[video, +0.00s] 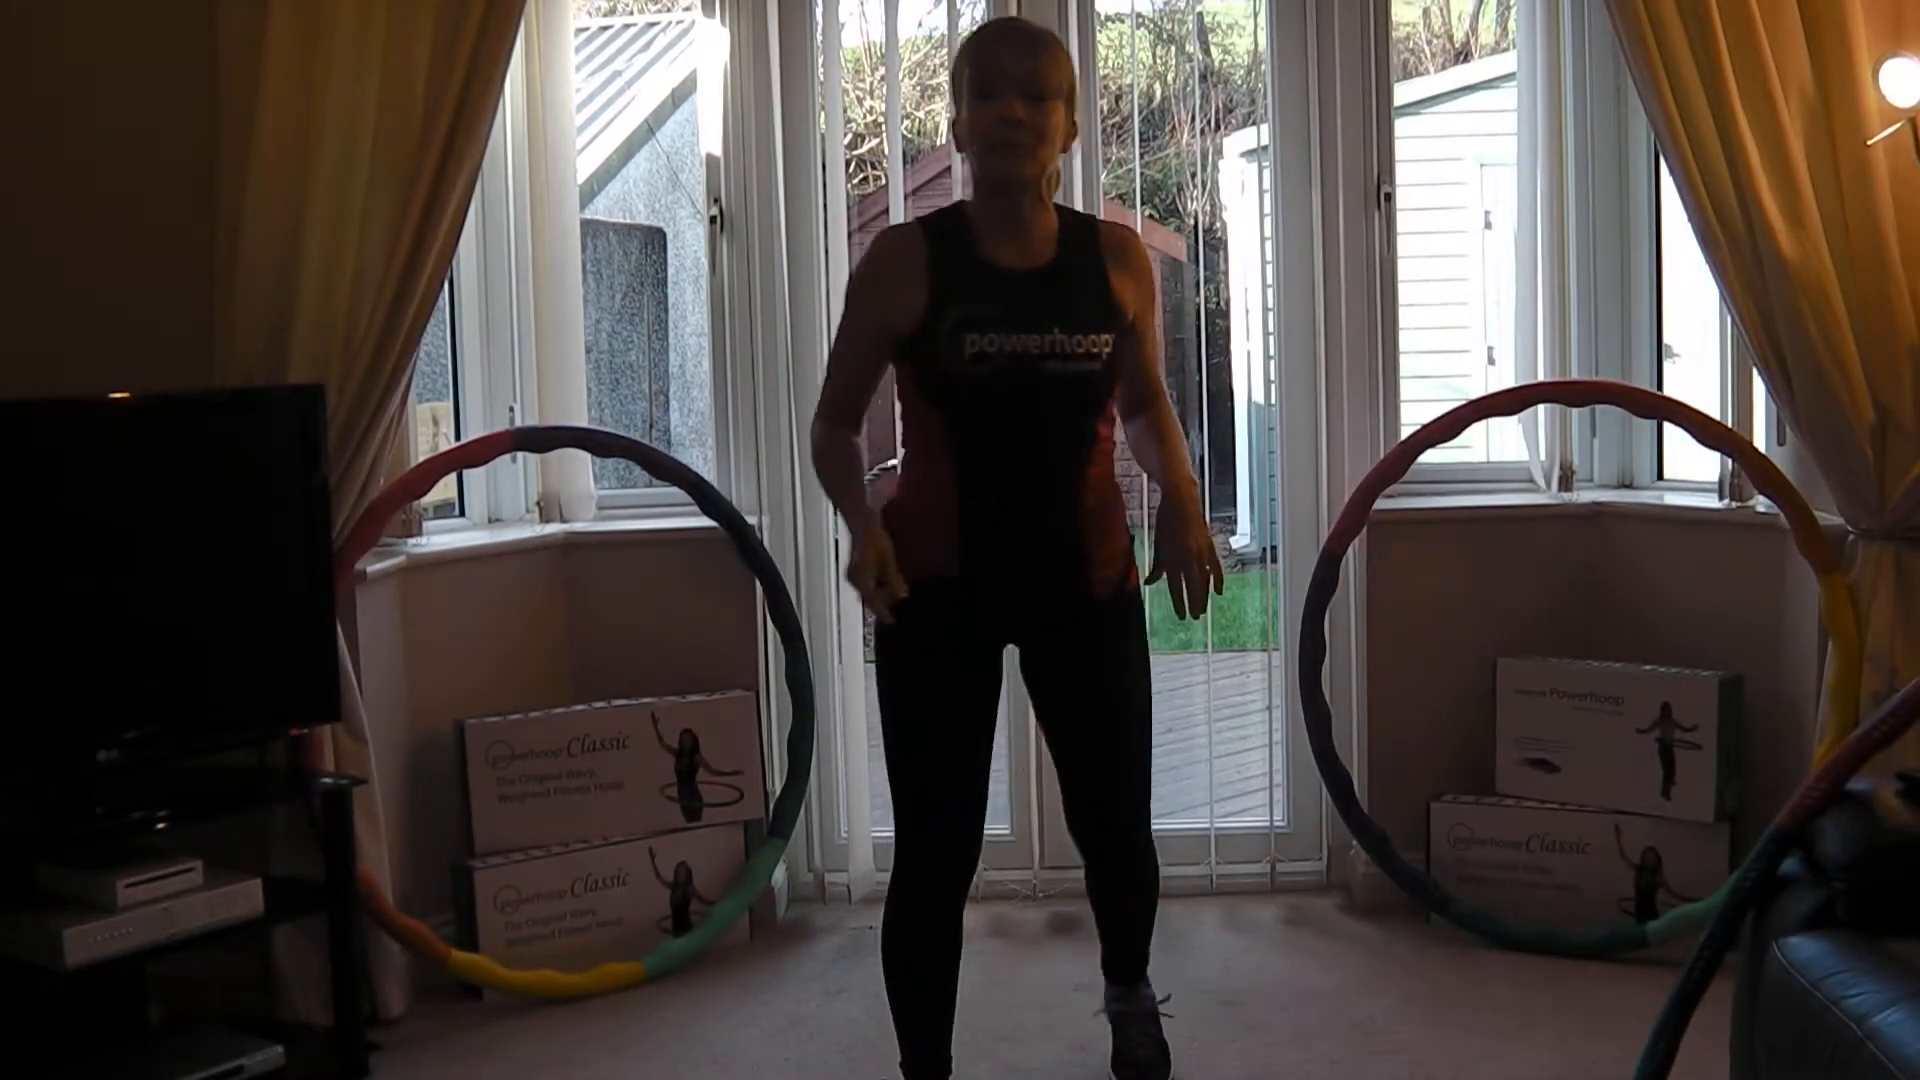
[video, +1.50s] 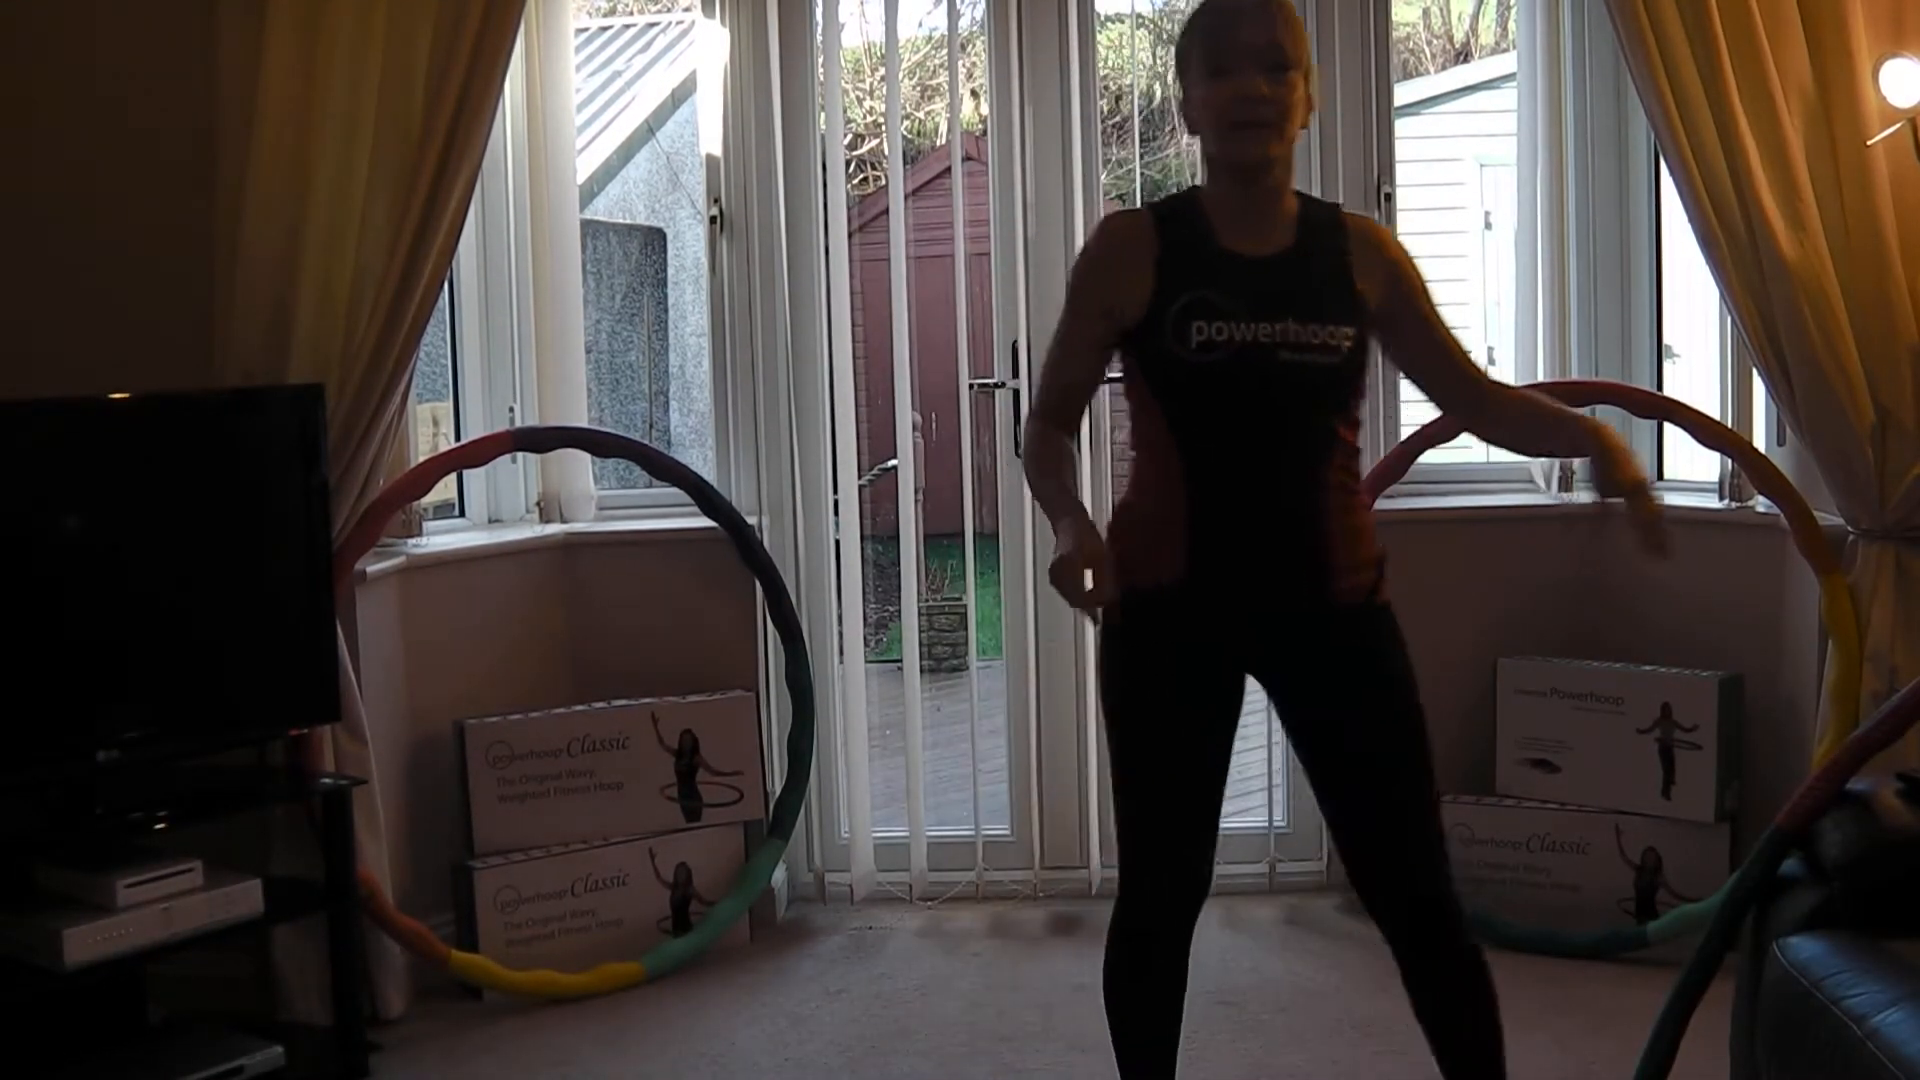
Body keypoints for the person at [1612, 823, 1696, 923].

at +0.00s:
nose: (1649, 859)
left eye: (1652, 857)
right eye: (1646, 856)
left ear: (1657, 859)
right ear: (1642, 858)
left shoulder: (1658, 876)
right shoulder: (1639, 870)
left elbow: (1673, 894)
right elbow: (1622, 855)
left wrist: (1692, 901)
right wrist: (1618, 836)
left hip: (1651, 910)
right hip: (1639, 909)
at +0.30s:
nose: (1649, 860)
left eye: (1652, 857)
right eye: (1646, 856)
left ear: (1657, 860)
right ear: (1642, 858)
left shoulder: (1658, 876)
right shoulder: (1638, 870)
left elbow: (1673, 894)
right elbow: (1623, 856)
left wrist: (1693, 901)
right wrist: (1618, 837)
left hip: (1651, 910)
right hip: (1639, 910)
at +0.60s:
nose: (1649, 859)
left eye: (1652, 857)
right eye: (1646, 856)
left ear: (1657, 859)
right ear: (1642, 858)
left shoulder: (1658, 876)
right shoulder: (1639, 870)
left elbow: (1673, 894)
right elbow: (1623, 856)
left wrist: (1693, 901)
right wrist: (1618, 837)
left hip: (1651, 911)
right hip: (1639, 910)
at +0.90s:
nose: (1649, 859)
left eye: (1652, 857)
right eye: (1646, 856)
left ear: (1657, 860)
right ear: (1642, 858)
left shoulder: (1658, 876)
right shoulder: (1639, 870)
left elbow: (1674, 894)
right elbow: (1623, 856)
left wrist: (1694, 901)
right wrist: (1618, 837)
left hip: (1651, 911)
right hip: (1639, 910)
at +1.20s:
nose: (1649, 860)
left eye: (1652, 857)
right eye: (1647, 856)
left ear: (1657, 860)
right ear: (1642, 858)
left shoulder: (1658, 876)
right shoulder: (1639, 871)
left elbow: (1674, 894)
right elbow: (1623, 857)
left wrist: (1692, 901)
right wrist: (1618, 837)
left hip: (1651, 911)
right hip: (1639, 911)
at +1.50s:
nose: (1649, 859)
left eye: (1652, 857)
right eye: (1646, 856)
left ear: (1657, 860)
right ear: (1642, 858)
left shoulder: (1658, 876)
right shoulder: (1639, 870)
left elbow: (1674, 894)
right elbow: (1623, 856)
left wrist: (1693, 901)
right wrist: (1618, 837)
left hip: (1651, 911)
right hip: (1639, 910)